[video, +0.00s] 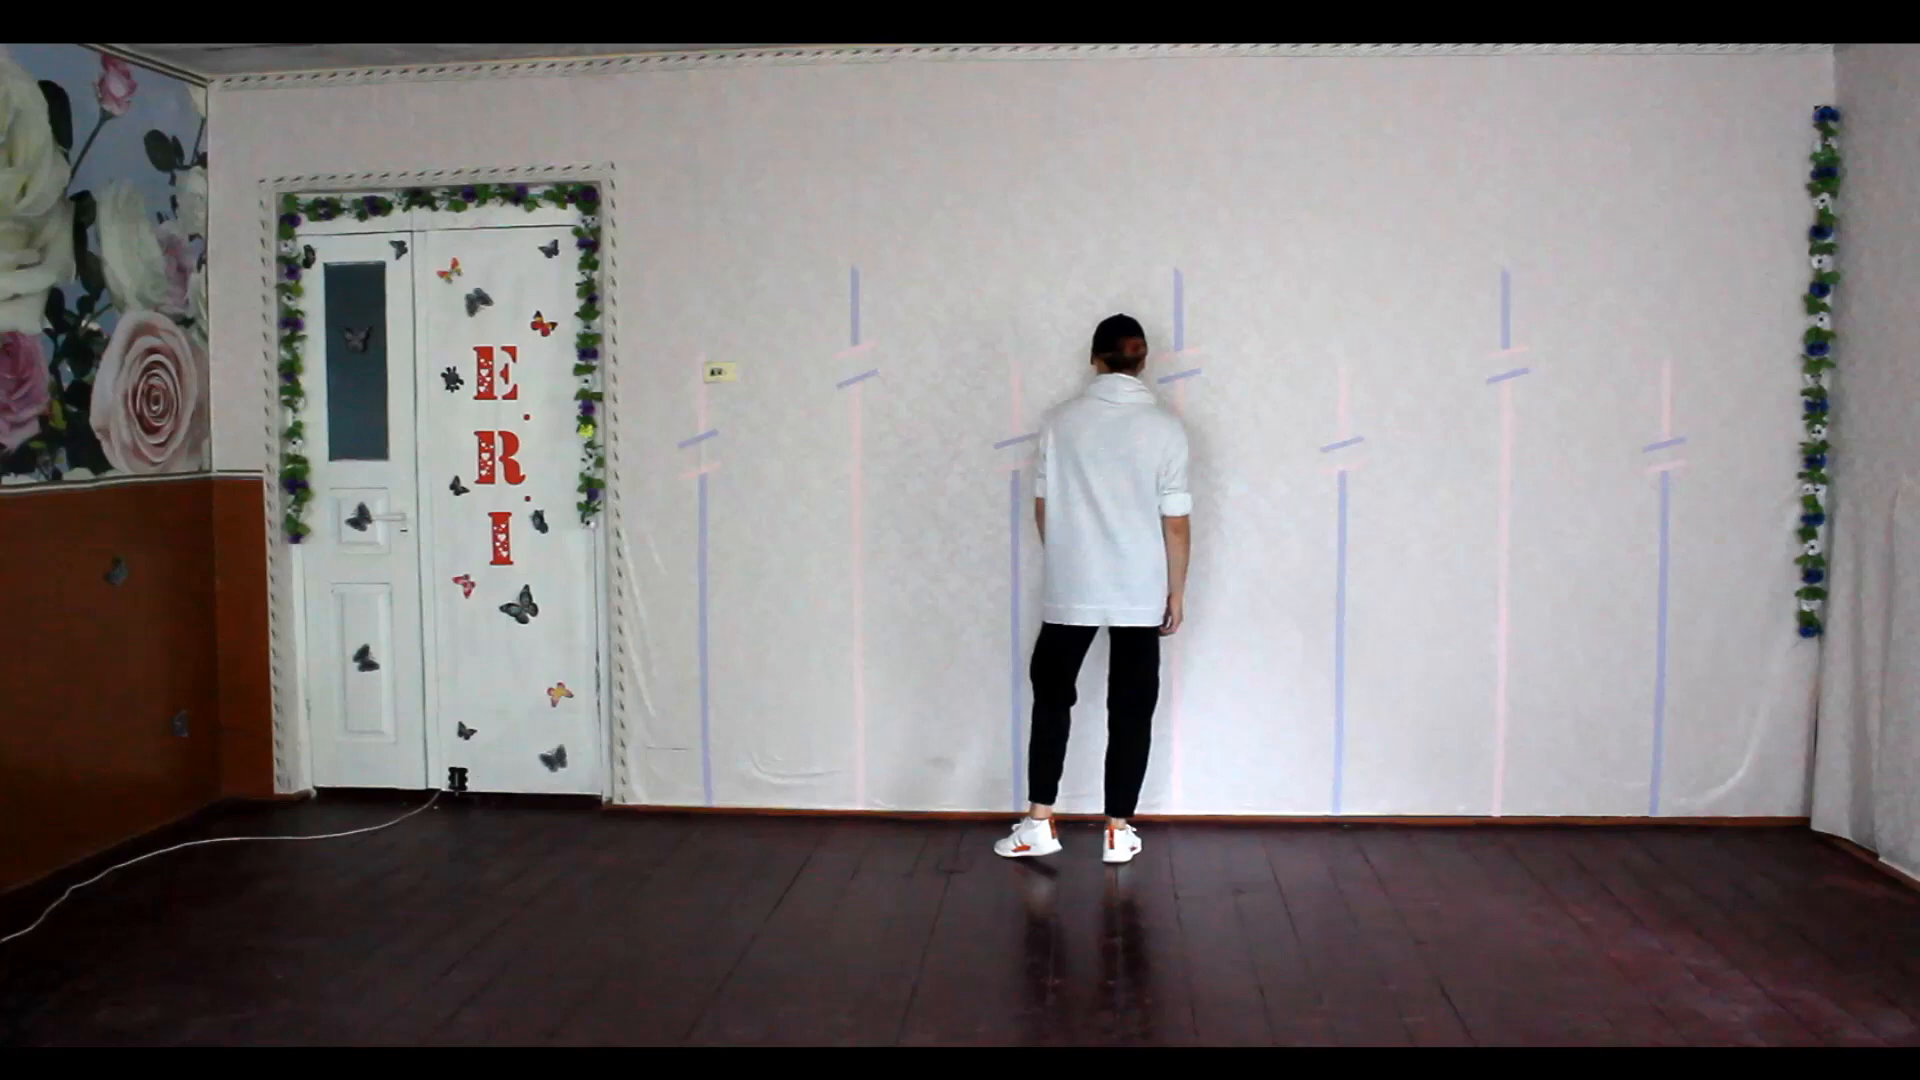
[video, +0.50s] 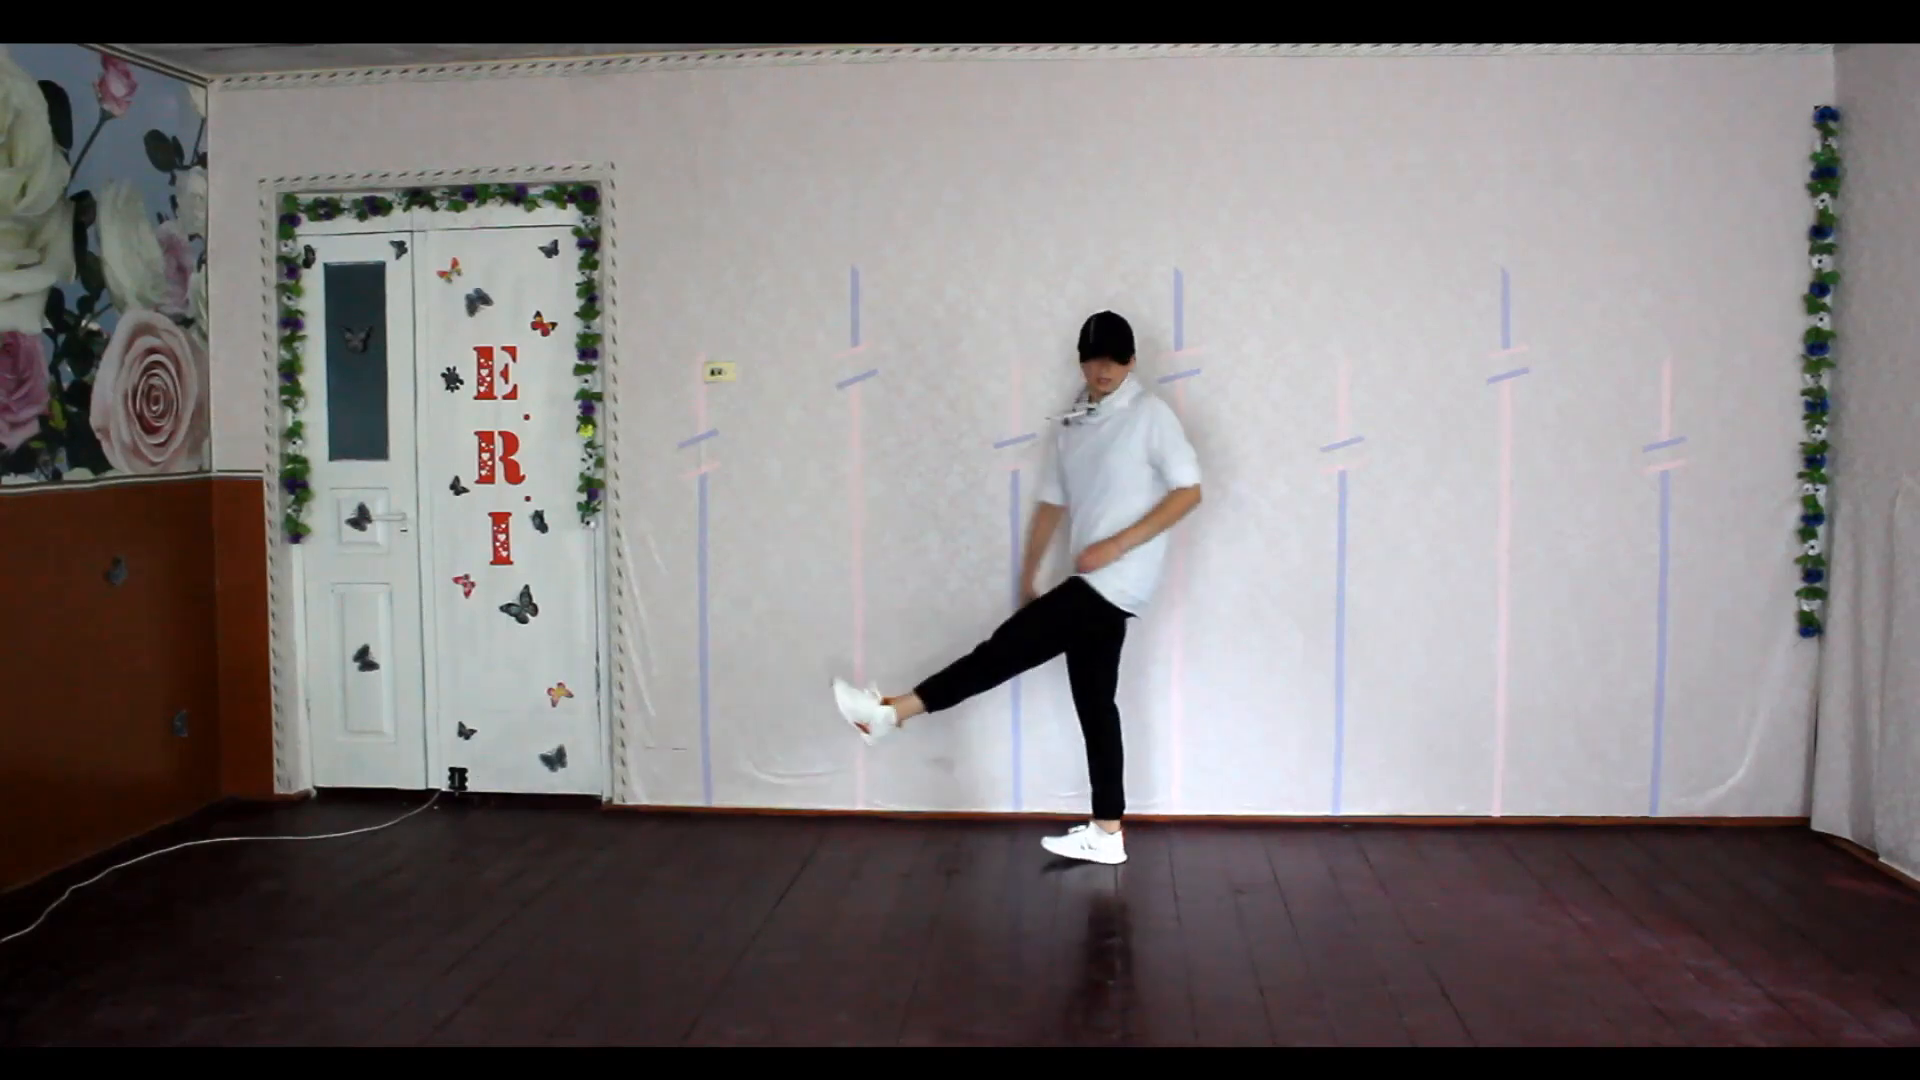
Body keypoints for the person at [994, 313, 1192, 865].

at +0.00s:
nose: (1139, 358)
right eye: (1141, 350)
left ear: (1094, 358)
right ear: (1143, 357)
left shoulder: (1060, 421)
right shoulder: (1163, 428)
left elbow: (1043, 507)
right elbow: (1176, 521)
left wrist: (1062, 563)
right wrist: (1176, 591)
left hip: (1071, 588)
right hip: (1138, 590)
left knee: (1051, 691)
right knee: (1130, 708)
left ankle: (1039, 819)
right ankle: (1118, 829)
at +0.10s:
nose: (1141, 371)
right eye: (1142, 363)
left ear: (1094, 371)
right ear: (1143, 369)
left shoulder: (1060, 430)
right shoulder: (1163, 441)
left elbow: (1033, 510)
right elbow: (1180, 530)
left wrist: (1061, 563)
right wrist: (1177, 595)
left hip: (1068, 596)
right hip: (1135, 599)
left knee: (1044, 695)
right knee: (1137, 704)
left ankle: (1031, 817)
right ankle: (1117, 828)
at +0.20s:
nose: (1089, 387)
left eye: (1090, 380)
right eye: (1093, 380)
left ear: (1096, 380)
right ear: (1145, 378)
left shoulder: (1068, 431)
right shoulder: (1171, 450)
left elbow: (1041, 511)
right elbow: (1183, 539)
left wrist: (1059, 570)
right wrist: (1164, 601)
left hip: (1065, 597)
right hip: (1132, 604)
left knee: (1031, 691)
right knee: (1136, 704)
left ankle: (1022, 816)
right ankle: (1116, 827)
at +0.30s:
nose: (1083, 378)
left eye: (1088, 368)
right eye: (1083, 369)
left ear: (1114, 364)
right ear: (1131, 365)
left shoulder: (1110, 410)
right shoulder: (1149, 416)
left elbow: (1100, 492)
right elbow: (1135, 498)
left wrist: (1062, 555)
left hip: (1080, 583)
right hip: (1127, 592)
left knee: (1011, 682)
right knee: (1106, 708)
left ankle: (969, 798)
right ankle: (1114, 827)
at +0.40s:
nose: (1087, 368)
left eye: (1094, 358)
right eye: (1085, 359)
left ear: (1118, 358)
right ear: (1118, 356)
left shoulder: (1133, 407)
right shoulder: (1104, 409)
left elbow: (1144, 490)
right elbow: (1114, 488)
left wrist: (1080, 547)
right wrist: (1080, 547)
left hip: (1100, 587)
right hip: (1103, 587)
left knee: (1013, 669)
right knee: (1092, 704)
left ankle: (922, 750)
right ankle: (1107, 828)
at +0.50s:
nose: (1101, 374)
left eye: (1112, 365)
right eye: (1093, 364)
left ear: (1130, 362)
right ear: (1081, 362)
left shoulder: (1151, 414)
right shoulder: (1069, 426)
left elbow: (1189, 492)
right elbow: (1051, 504)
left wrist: (1119, 544)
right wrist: (1029, 573)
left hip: (1116, 582)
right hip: (1082, 579)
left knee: (1006, 649)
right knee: (1095, 706)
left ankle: (892, 712)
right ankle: (1108, 830)